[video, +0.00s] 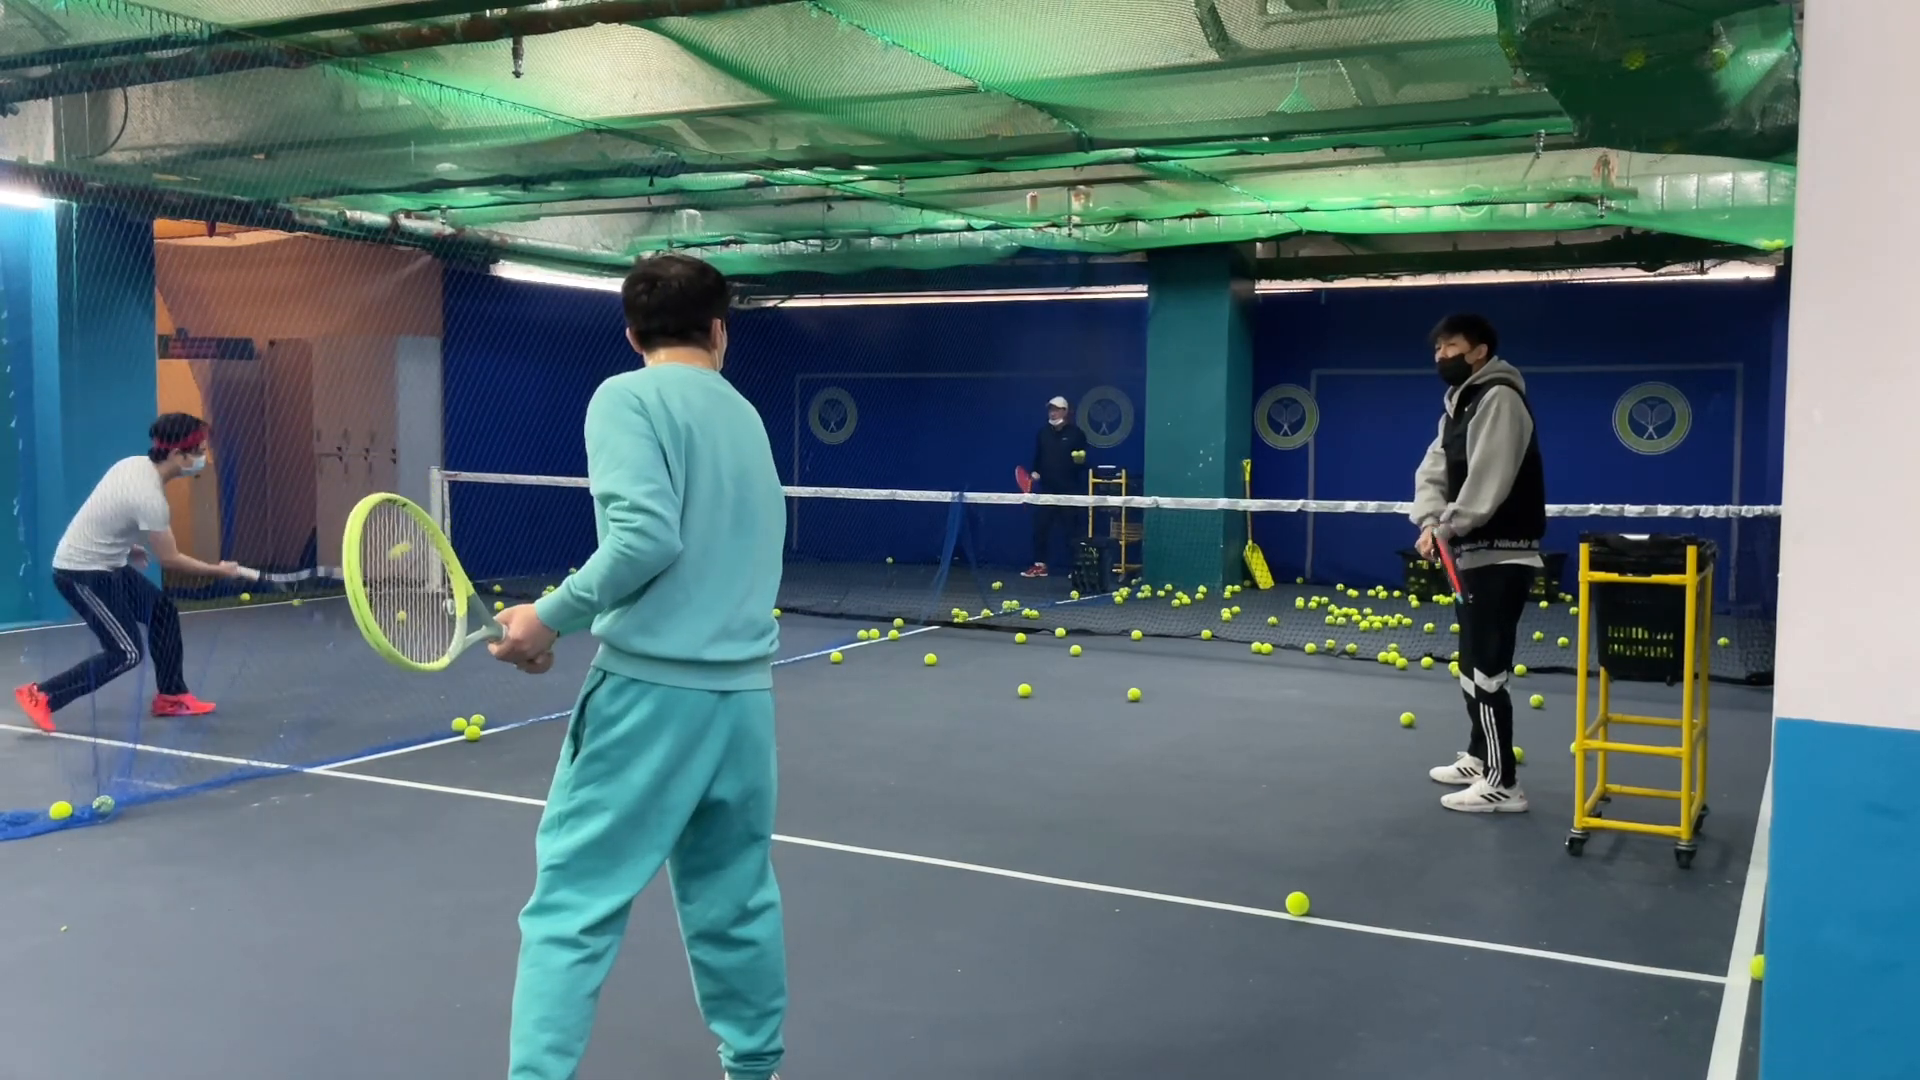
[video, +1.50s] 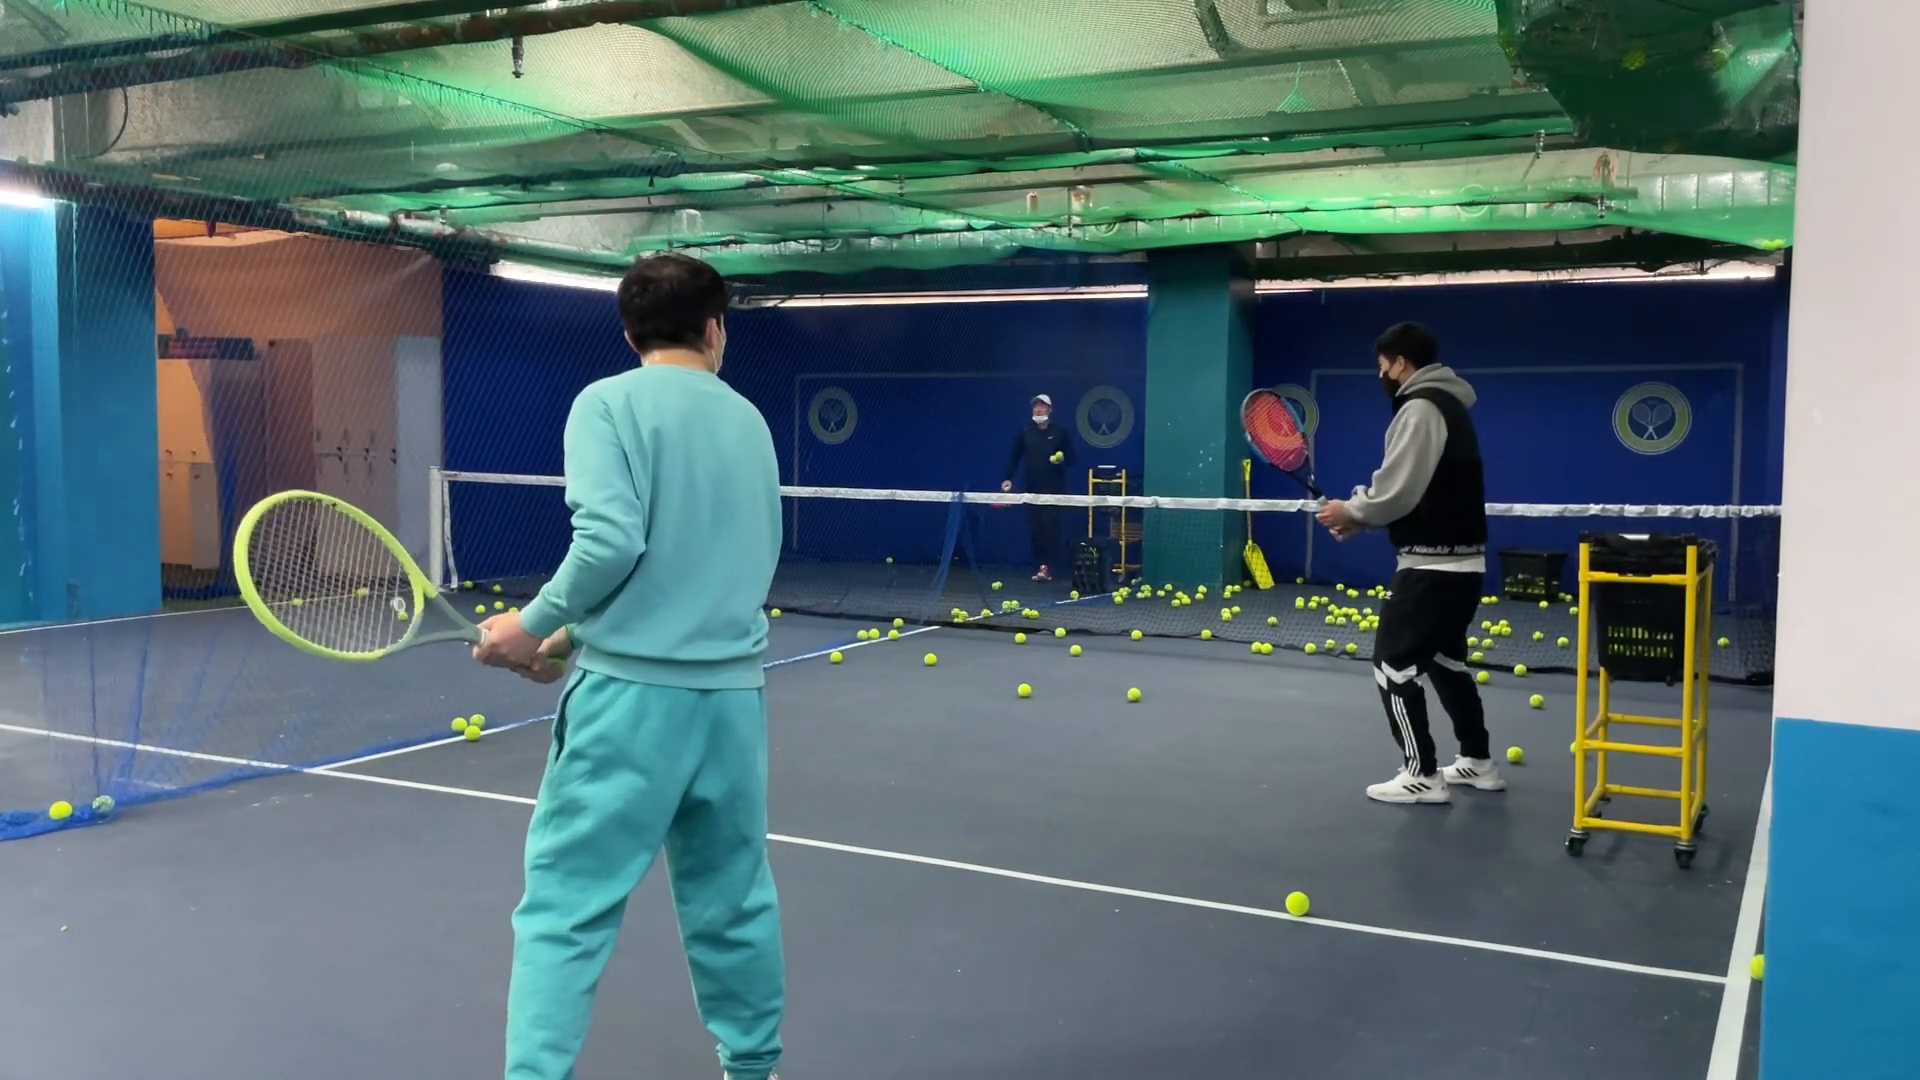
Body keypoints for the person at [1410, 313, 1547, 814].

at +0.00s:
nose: (1442, 356)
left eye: (1452, 346)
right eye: (1438, 350)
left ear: (1482, 349)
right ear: (1440, 359)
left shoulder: (1500, 398)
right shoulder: (1459, 402)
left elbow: (1490, 476)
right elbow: (1433, 469)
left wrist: (1448, 526)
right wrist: (1430, 519)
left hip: (1503, 556)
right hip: (1475, 555)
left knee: (1487, 673)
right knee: (1472, 667)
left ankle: (1501, 786)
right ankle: (1482, 760)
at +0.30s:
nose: (1441, 355)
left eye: (1451, 345)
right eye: (1437, 349)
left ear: (1481, 349)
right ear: (1440, 357)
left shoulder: (1498, 399)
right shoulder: (1458, 402)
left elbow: (1487, 476)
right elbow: (1433, 469)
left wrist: (1447, 528)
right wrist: (1428, 520)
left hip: (1500, 557)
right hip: (1472, 556)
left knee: (1486, 672)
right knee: (1471, 667)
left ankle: (1501, 785)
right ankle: (1482, 761)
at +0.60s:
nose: (1437, 357)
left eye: (1447, 347)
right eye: (1433, 351)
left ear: (1478, 350)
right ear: (1437, 359)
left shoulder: (1492, 399)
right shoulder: (1460, 401)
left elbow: (1479, 476)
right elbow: (1434, 470)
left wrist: (1437, 532)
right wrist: (1423, 524)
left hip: (1496, 559)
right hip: (1472, 558)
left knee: (1482, 673)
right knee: (1468, 668)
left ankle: (1501, 785)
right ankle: (1482, 761)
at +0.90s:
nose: (1432, 359)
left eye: (1440, 349)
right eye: (1429, 352)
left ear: (1469, 352)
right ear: (1445, 358)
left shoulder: (1481, 404)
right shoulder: (1463, 402)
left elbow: (1461, 480)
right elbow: (1435, 465)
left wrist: (1414, 528)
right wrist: (1413, 515)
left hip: (1482, 563)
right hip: (1464, 560)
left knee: (1467, 671)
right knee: (1458, 668)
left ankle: (1499, 785)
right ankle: (1479, 761)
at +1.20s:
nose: (1409, 375)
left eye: (1413, 365)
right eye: (1409, 367)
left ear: (1438, 364)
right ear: (1447, 365)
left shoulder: (1456, 414)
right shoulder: (1473, 409)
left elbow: (1434, 490)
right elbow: (1441, 488)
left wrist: (1387, 523)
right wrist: (1388, 516)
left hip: (1463, 565)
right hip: (1482, 563)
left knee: (1412, 658)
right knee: (1452, 659)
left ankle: (1468, 760)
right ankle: (1479, 759)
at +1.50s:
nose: (1383, 374)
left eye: (1384, 365)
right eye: (1382, 365)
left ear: (1402, 362)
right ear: (1423, 360)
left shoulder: (1420, 410)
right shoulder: (1449, 406)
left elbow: (1398, 487)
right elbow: (1419, 491)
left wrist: (1350, 508)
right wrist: (1362, 518)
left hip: (1430, 568)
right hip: (1462, 567)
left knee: (1394, 668)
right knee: (1447, 661)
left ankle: (1421, 775)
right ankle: (1478, 762)